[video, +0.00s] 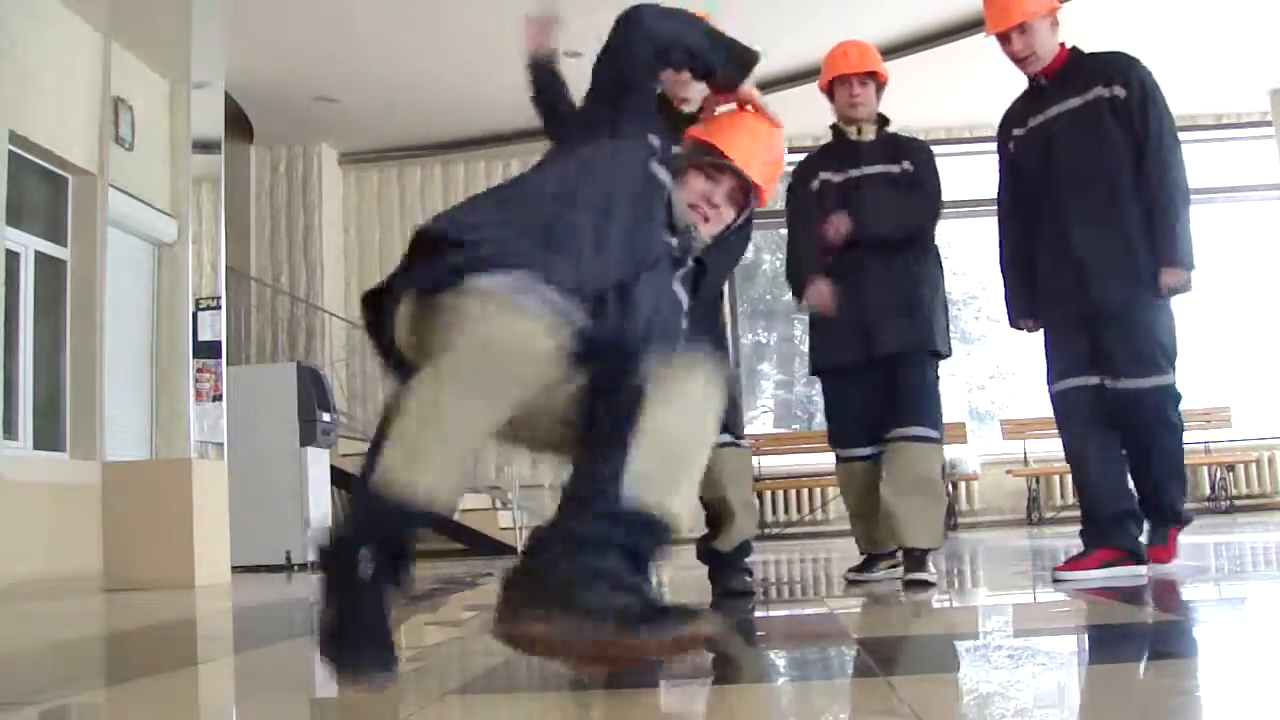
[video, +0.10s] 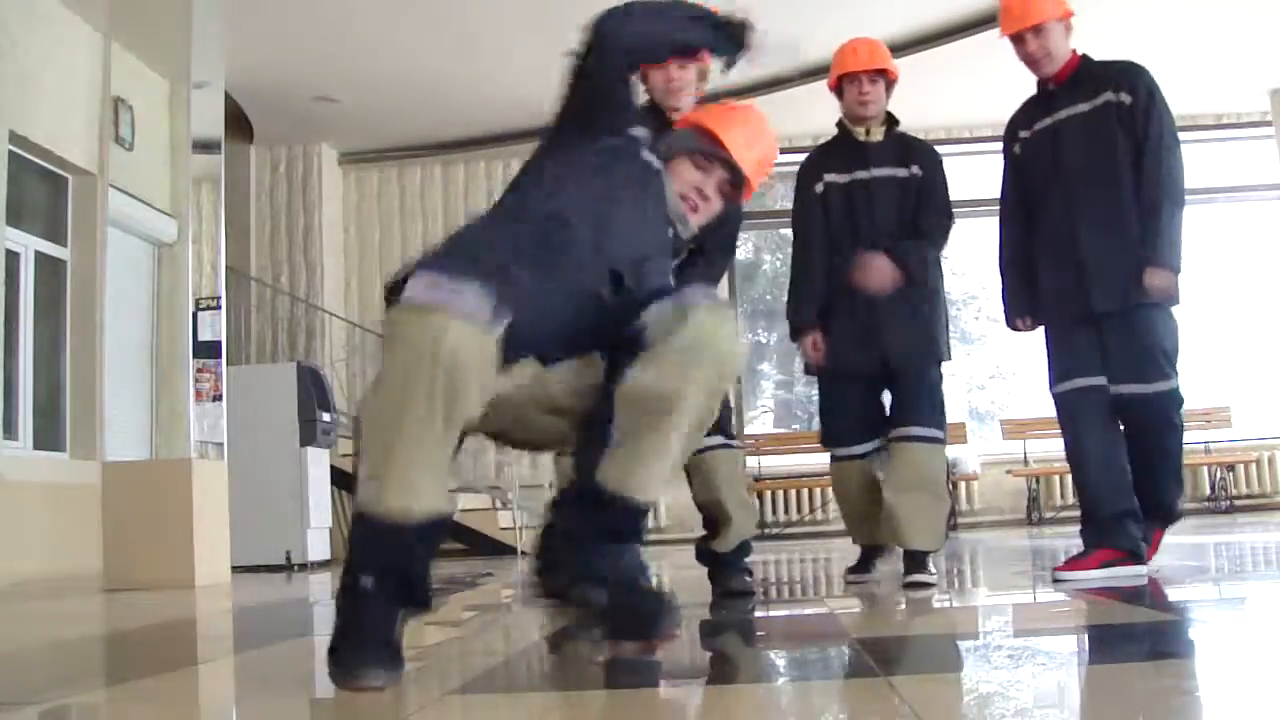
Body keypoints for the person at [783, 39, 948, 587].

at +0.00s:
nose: (855, 94)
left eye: (865, 83)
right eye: (844, 86)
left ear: (880, 90)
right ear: (829, 95)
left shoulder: (911, 151)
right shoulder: (811, 170)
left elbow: (922, 215)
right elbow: (799, 238)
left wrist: (853, 218)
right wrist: (809, 278)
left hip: (908, 317)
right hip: (840, 323)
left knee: (914, 432)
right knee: (855, 439)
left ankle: (916, 549)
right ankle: (877, 549)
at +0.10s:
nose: (864, 92)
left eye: (874, 82)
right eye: (852, 84)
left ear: (889, 88)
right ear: (837, 92)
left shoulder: (920, 155)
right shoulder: (818, 165)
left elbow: (935, 229)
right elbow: (805, 250)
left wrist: (898, 261)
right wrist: (806, 322)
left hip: (910, 324)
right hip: (842, 329)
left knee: (917, 435)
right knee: (848, 440)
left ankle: (919, 547)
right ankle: (871, 540)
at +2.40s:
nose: (806, 135)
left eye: (815, 125)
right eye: (798, 128)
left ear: (835, 128)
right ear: (790, 134)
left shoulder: (869, 195)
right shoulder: (773, 196)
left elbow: (895, 262)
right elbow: (757, 266)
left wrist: (913, 319)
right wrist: (753, 320)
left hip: (854, 347)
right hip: (789, 348)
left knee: (856, 453)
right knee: (783, 452)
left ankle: (855, 548)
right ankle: (776, 548)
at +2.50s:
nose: (797, 136)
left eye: (806, 126)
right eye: (790, 128)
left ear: (827, 129)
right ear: (782, 134)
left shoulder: (861, 194)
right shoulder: (766, 196)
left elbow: (888, 258)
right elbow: (745, 268)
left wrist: (900, 314)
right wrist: (745, 329)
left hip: (851, 346)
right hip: (785, 348)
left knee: (856, 453)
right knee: (773, 453)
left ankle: (857, 549)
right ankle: (760, 549)